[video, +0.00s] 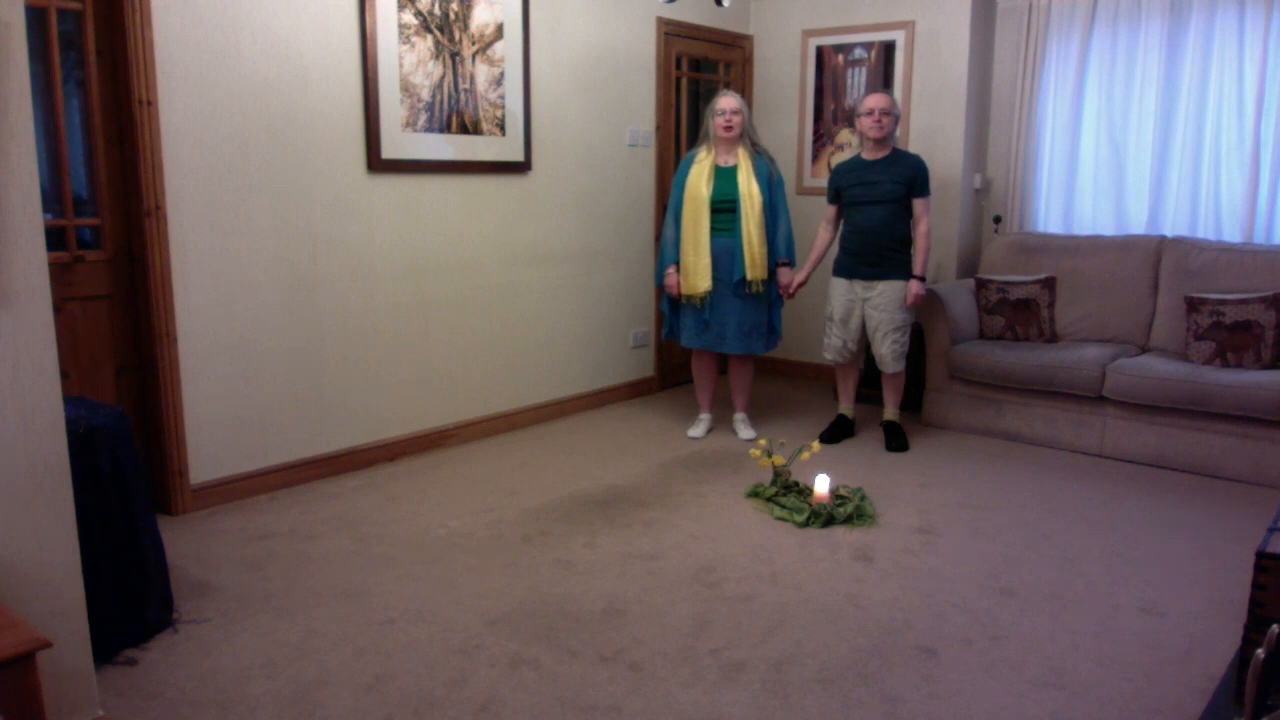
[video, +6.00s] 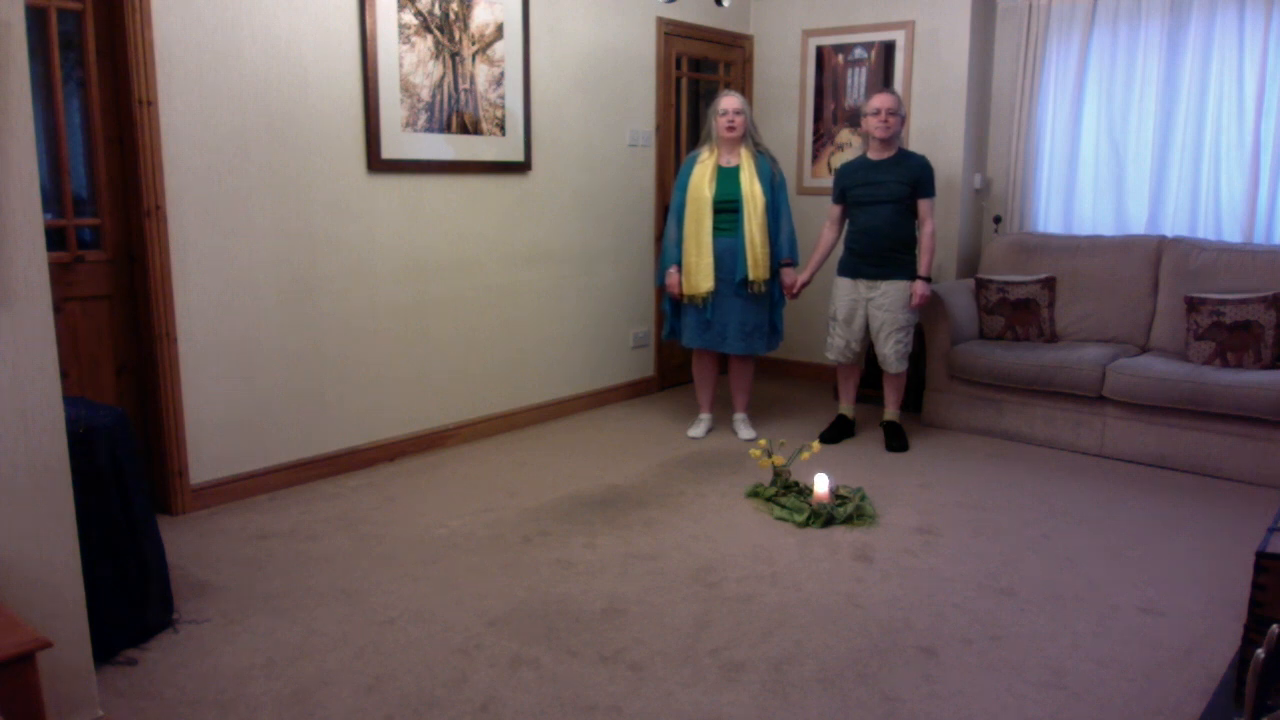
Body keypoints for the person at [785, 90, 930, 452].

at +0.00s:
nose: (877, 119)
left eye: (885, 114)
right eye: (870, 114)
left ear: (896, 121)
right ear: (857, 122)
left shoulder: (912, 167)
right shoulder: (842, 172)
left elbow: (922, 224)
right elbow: (828, 227)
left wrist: (918, 276)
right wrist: (804, 272)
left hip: (892, 279)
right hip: (847, 277)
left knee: (891, 354)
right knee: (843, 349)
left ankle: (891, 420)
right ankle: (845, 415)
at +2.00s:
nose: (879, 119)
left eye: (887, 113)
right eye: (871, 114)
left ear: (898, 121)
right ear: (858, 122)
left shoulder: (913, 166)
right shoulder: (843, 172)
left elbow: (923, 224)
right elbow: (829, 226)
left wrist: (920, 276)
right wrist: (805, 272)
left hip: (893, 279)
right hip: (848, 277)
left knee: (891, 354)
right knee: (843, 348)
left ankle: (892, 420)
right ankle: (845, 415)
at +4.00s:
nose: (881, 119)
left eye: (888, 113)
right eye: (873, 113)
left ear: (900, 121)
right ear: (860, 122)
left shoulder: (914, 166)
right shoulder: (844, 172)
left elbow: (924, 224)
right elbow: (830, 227)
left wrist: (921, 276)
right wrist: (806, 273)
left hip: (894, 278)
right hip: (849, 276)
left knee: (893, 354)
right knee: (844, 349)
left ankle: (892, 420)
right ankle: (845, 415)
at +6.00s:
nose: (883, 119)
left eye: (891, 113)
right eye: (875, 113)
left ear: (902, 121)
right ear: (863, 122)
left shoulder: (917, 167)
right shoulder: (847, 172)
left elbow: (926, 224)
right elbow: (832, 226)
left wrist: (923, 276)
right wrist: (807, 273)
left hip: (896, 279)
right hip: (851, 277)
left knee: (894, 355)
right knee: (845, 349)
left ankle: (892, 419)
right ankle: (845, 416)